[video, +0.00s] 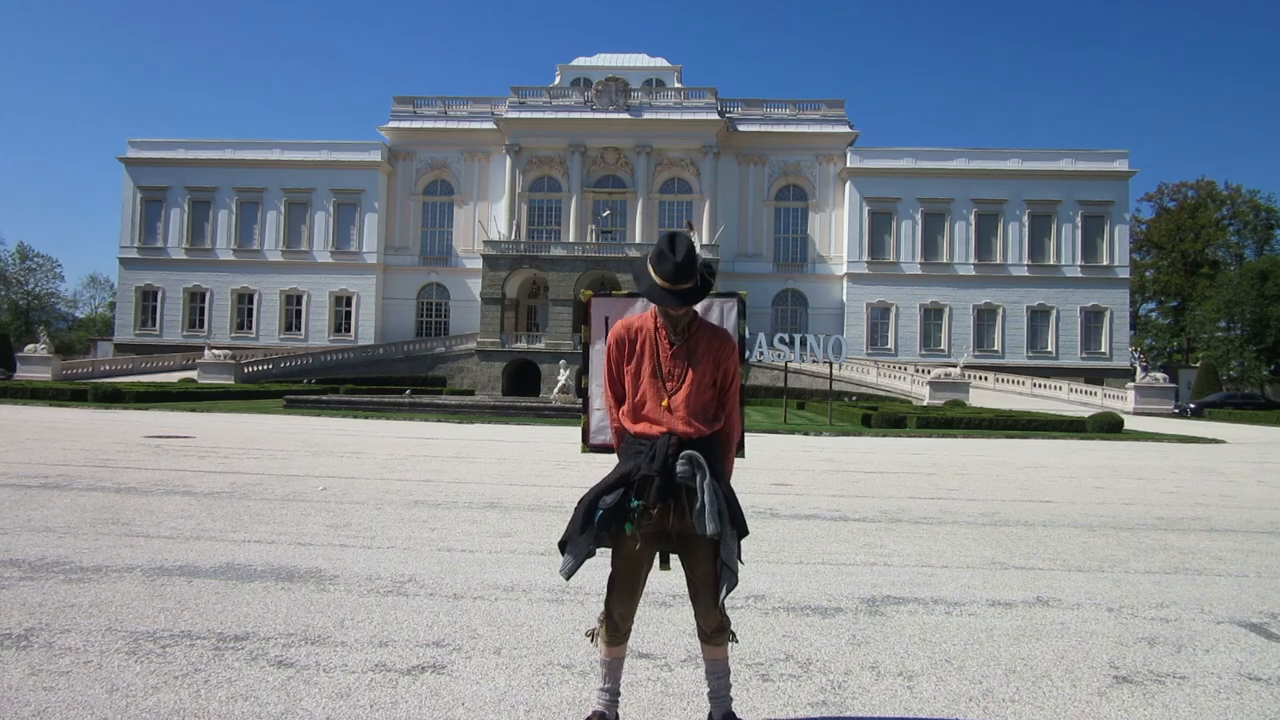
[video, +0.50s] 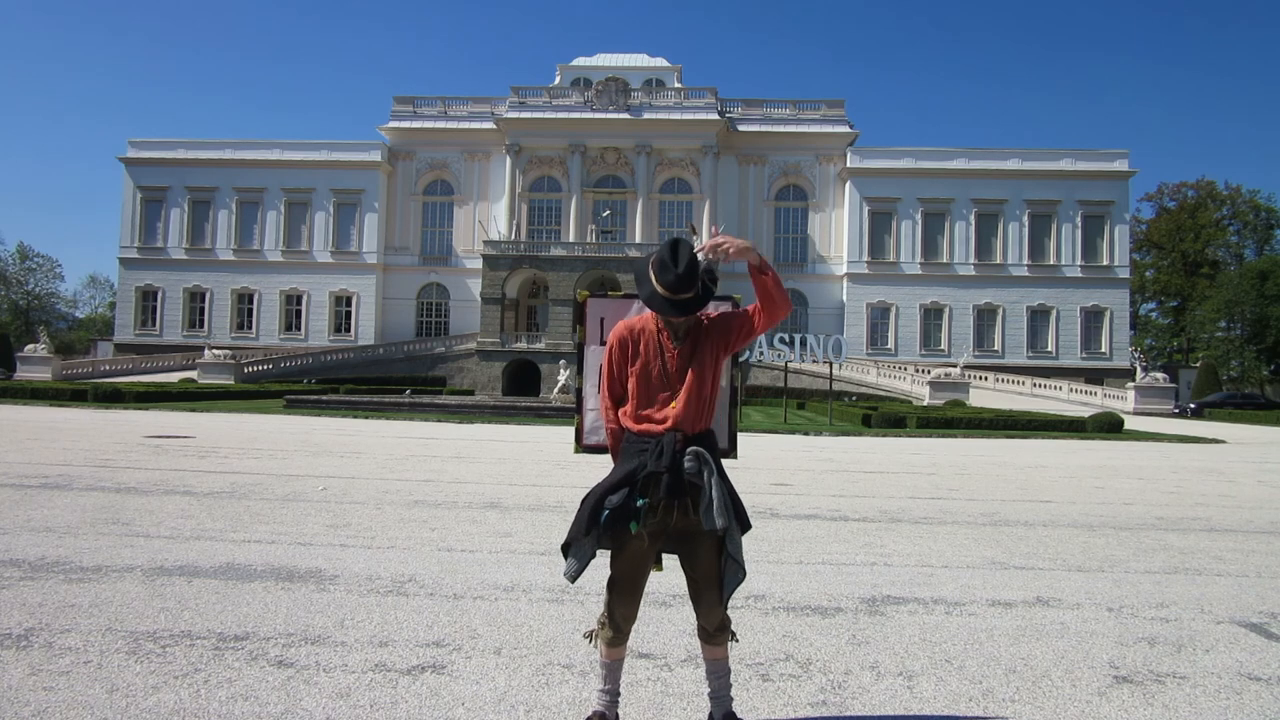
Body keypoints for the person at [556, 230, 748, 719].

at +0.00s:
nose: (677, 308)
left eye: (685, 300)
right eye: (668, 300)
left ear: (698, 293)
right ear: (653, 291)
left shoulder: (721, 344)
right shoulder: (624, 336)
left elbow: (729, 426)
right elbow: (617, 416)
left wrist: (718, 490)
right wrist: (643, 465)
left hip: (699, 490)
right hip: (639, 488)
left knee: (709, 606)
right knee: (620, 604)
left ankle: (721, 705)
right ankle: (607, 701)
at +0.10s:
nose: (678, 308)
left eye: (686, 299)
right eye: (669, 298)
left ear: (698, 292)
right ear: (652, 289)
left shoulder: (720, 344)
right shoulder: (623, 336)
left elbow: (741, 422)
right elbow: (615, 413)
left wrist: (751, 491)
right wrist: (633, 468)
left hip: (700, 486)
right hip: (639, 483)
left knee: (709, 603)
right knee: (621, 599)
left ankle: (721, 706)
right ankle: (607, 700)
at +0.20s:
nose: (676, 314)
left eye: (684, 305)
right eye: (667, 305)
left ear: (697, 298)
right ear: (652, 296)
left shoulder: (718, 342)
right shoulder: (622, 336)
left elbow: (756, 405)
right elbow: (612, 411)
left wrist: (780, 470)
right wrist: (633, 467)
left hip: (698, 481)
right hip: (638, 480)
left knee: (709, 603)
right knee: (620, 599)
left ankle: (720, 706)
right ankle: (606, 701)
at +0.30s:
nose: (678, 314)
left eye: (686, 304)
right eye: (669, 304)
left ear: (698, 297)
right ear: (653, 295)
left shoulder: (717, 338)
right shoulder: (623, 336)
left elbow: (775, 377)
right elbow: (611, 415)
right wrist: (631, 471)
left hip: (699, 481)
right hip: (639, 481)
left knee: (709, 603)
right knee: (620, 601)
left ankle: (721, 706)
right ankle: (606, 702)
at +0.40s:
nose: (679, 317)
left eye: (688, 308)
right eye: (670, 308)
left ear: (701, 299)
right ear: (654, 297)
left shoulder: (717, 335)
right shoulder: (625, 335)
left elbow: (779, 346)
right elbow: (612, 410)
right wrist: (629, 469)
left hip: (699, 478)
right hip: (638, 477)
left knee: (710, 600)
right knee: (621, 599)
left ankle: (721, 706)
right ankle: (606, 702)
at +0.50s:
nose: (678, 317)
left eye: (687, 308)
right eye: (669, 307)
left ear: (701, 296)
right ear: (653, 297)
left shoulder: (718, 329)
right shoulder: (627, 334)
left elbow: (776, 308)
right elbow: (610, 408)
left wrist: (752, 257)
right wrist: (628, 468)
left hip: (698, 475)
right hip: (639, 474)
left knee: (711, 598)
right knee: (623, 594)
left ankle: (721, 707)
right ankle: (606, 700)